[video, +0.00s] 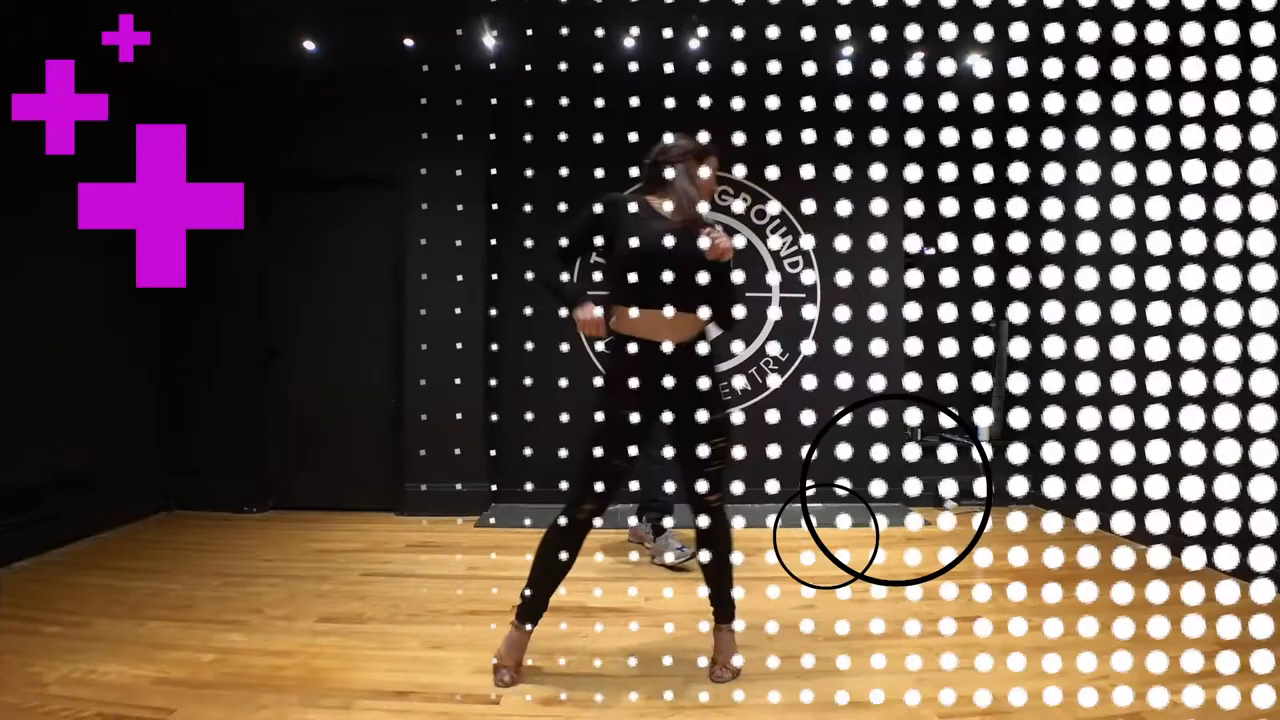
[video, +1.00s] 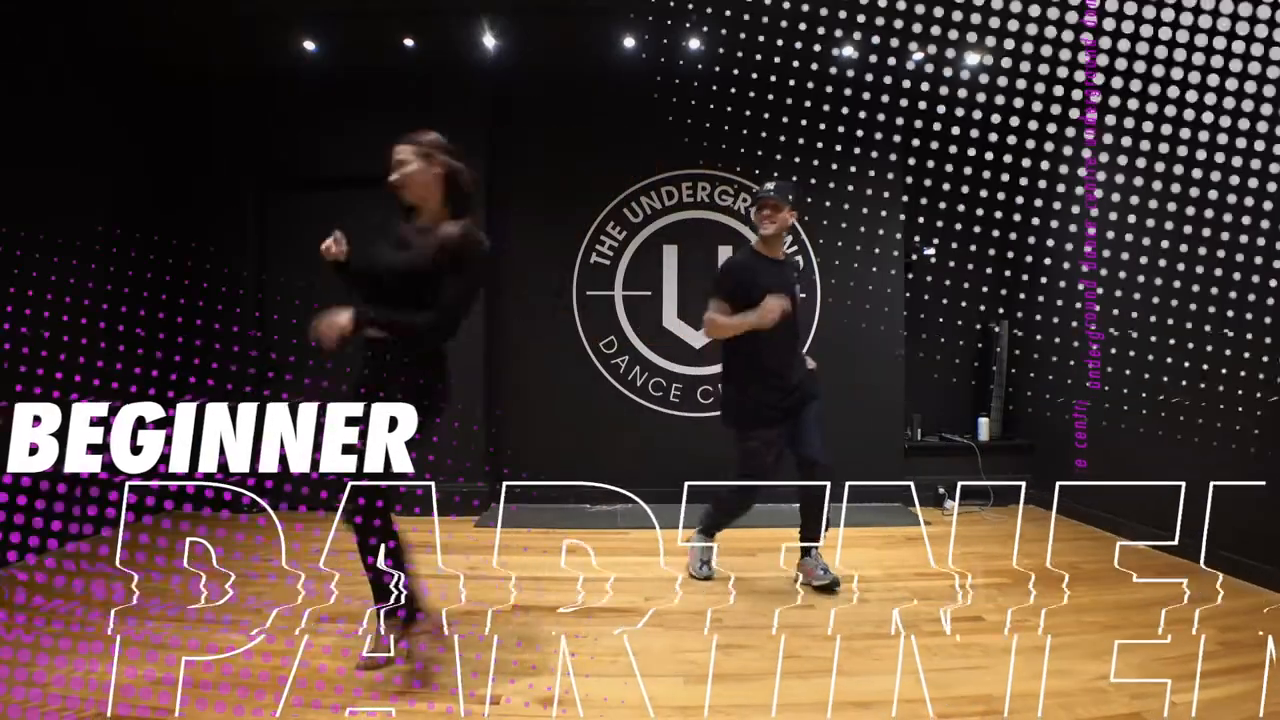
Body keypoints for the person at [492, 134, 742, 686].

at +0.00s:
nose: (714, 184)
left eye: (715, 174)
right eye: (707, 172)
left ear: (699, 177)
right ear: (675, 171)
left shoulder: (711, 236)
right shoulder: (616, 217)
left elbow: (724, 319)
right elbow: (589, 297)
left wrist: (721, 266)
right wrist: (588, 314)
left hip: (695, 376)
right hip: (628, 372)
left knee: (710, 503)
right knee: (588, 502)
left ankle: (724, 630)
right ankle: (522, 629)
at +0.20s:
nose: (653, 185)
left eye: (653, 176)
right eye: (648, 174)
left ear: (625, 176)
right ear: (621, 174)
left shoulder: (641, 237)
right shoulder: (557, 209)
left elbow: (641, 304)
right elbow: (503, 276)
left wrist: (661, 306)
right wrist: (563, 258)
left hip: (610, 372)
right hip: (546, 365)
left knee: (635, 508)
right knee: (527, 507)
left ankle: (659, 630)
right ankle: (515, 632)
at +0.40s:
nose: (613, 179)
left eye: (613, 169)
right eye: (608, 168)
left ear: (592, 173)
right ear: (582, 167)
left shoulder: (597, 235)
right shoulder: (520, 211)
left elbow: (591, 309)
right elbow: (484, 289)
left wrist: (626, 320)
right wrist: (549, 277)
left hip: (565, 376)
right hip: (505, 369)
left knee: (546, 507)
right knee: (495, 506)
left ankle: (545, 628)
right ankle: (507, 631)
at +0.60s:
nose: (575, 173)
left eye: (575, 164)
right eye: (568, 162)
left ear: (552, 167)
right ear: (537, 161)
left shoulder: (564, 226)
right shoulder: (474, 206)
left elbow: (594, 309)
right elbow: (421, 263)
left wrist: (584, 250)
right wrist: (395, 302)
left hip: (537, 365)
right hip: (471, 360)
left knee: (540, 495)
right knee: (436, 492)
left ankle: (546, 624)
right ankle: (415, 621)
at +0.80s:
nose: (522, 176)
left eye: (522, 167)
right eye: (513, 165)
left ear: (503, 173)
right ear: (480, 165)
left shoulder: (507, 234)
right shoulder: (419, 211)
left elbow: (532, 311)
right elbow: (357, 230)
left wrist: (501, 243)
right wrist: (337, 265)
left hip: (483, 366)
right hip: (416, 365)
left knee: (506, 496)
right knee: (373, 493)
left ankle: (544, 620)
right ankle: (394, 617)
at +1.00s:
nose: (394, 177)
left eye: (404, 166)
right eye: (393, 169)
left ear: (438, 170)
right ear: (409, 178)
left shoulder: (464, 242)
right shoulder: (403, 235)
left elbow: (438, 322)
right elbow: (384, 293)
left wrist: (361, 320)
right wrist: (346, 264)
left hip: (417, 377)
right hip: (377, 370)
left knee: (364, 494)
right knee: (359, 494)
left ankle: (393, 608)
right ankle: (397, 600)